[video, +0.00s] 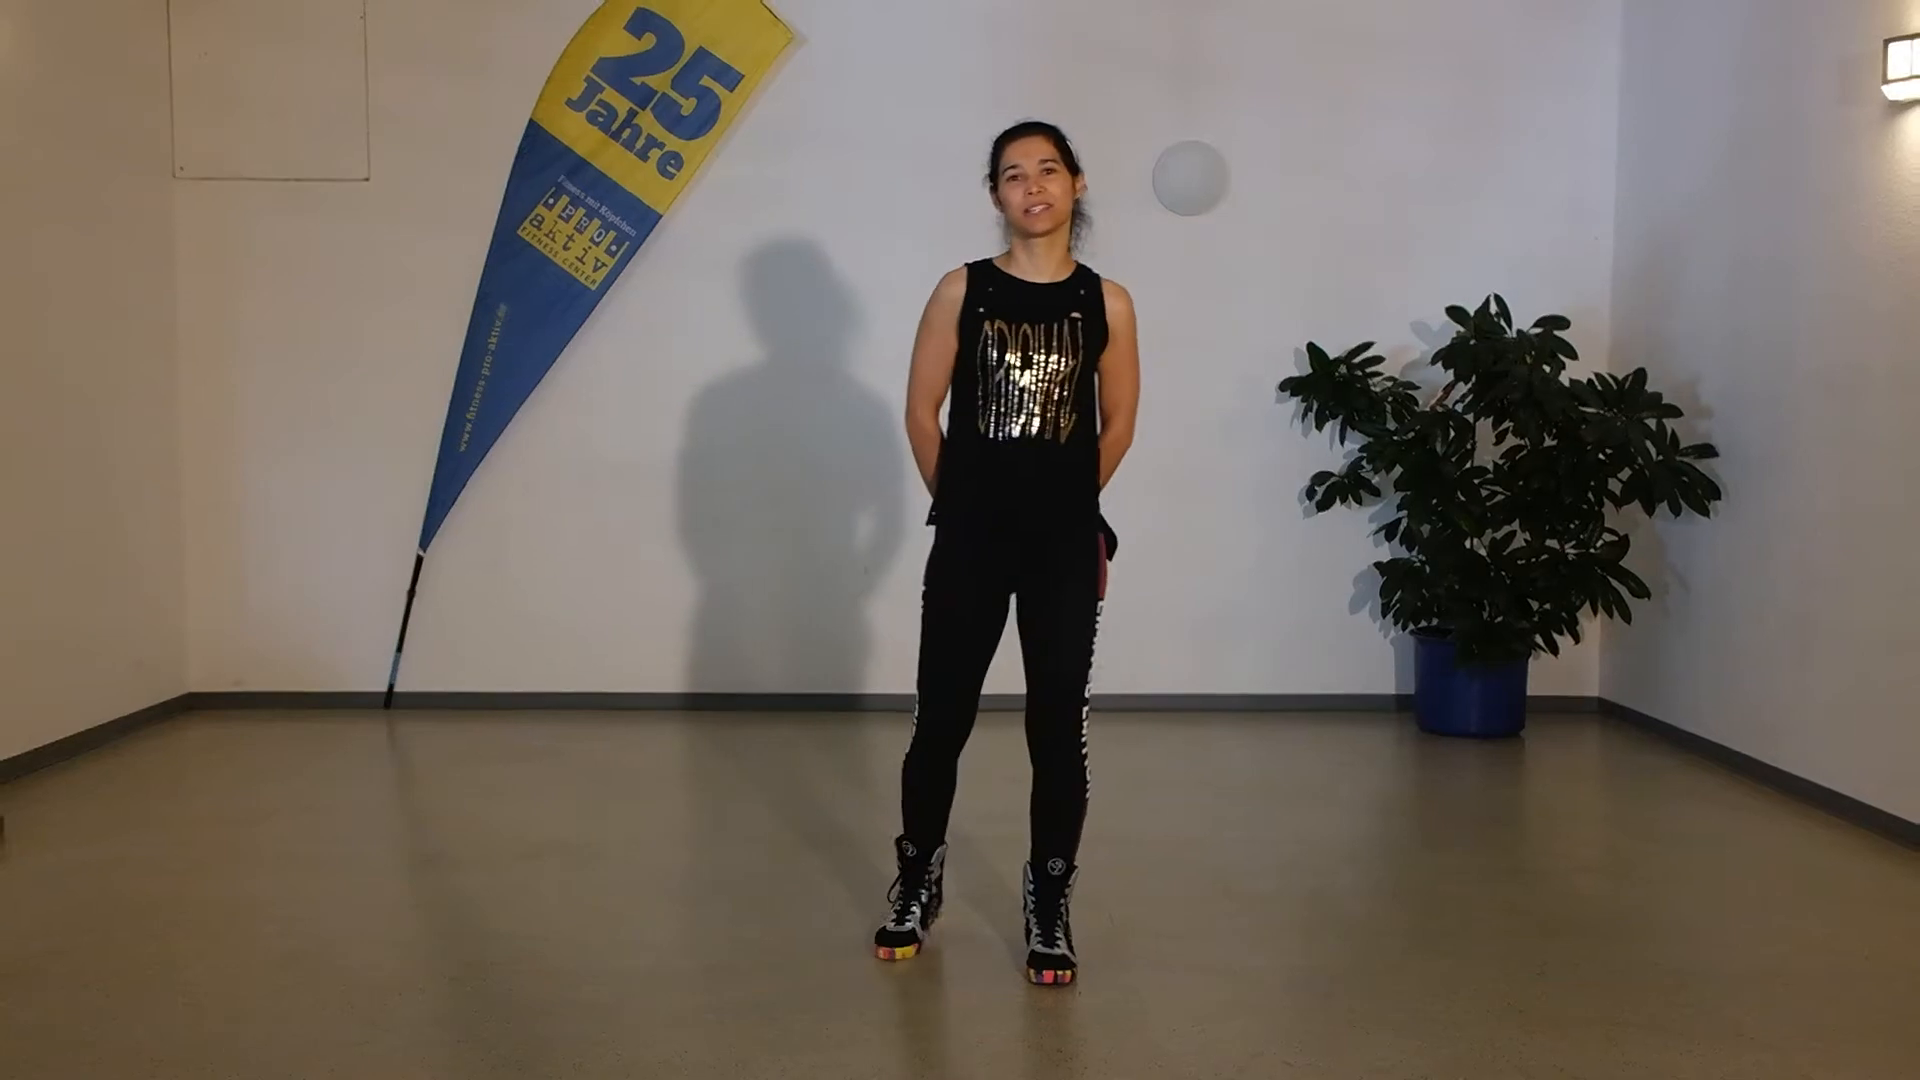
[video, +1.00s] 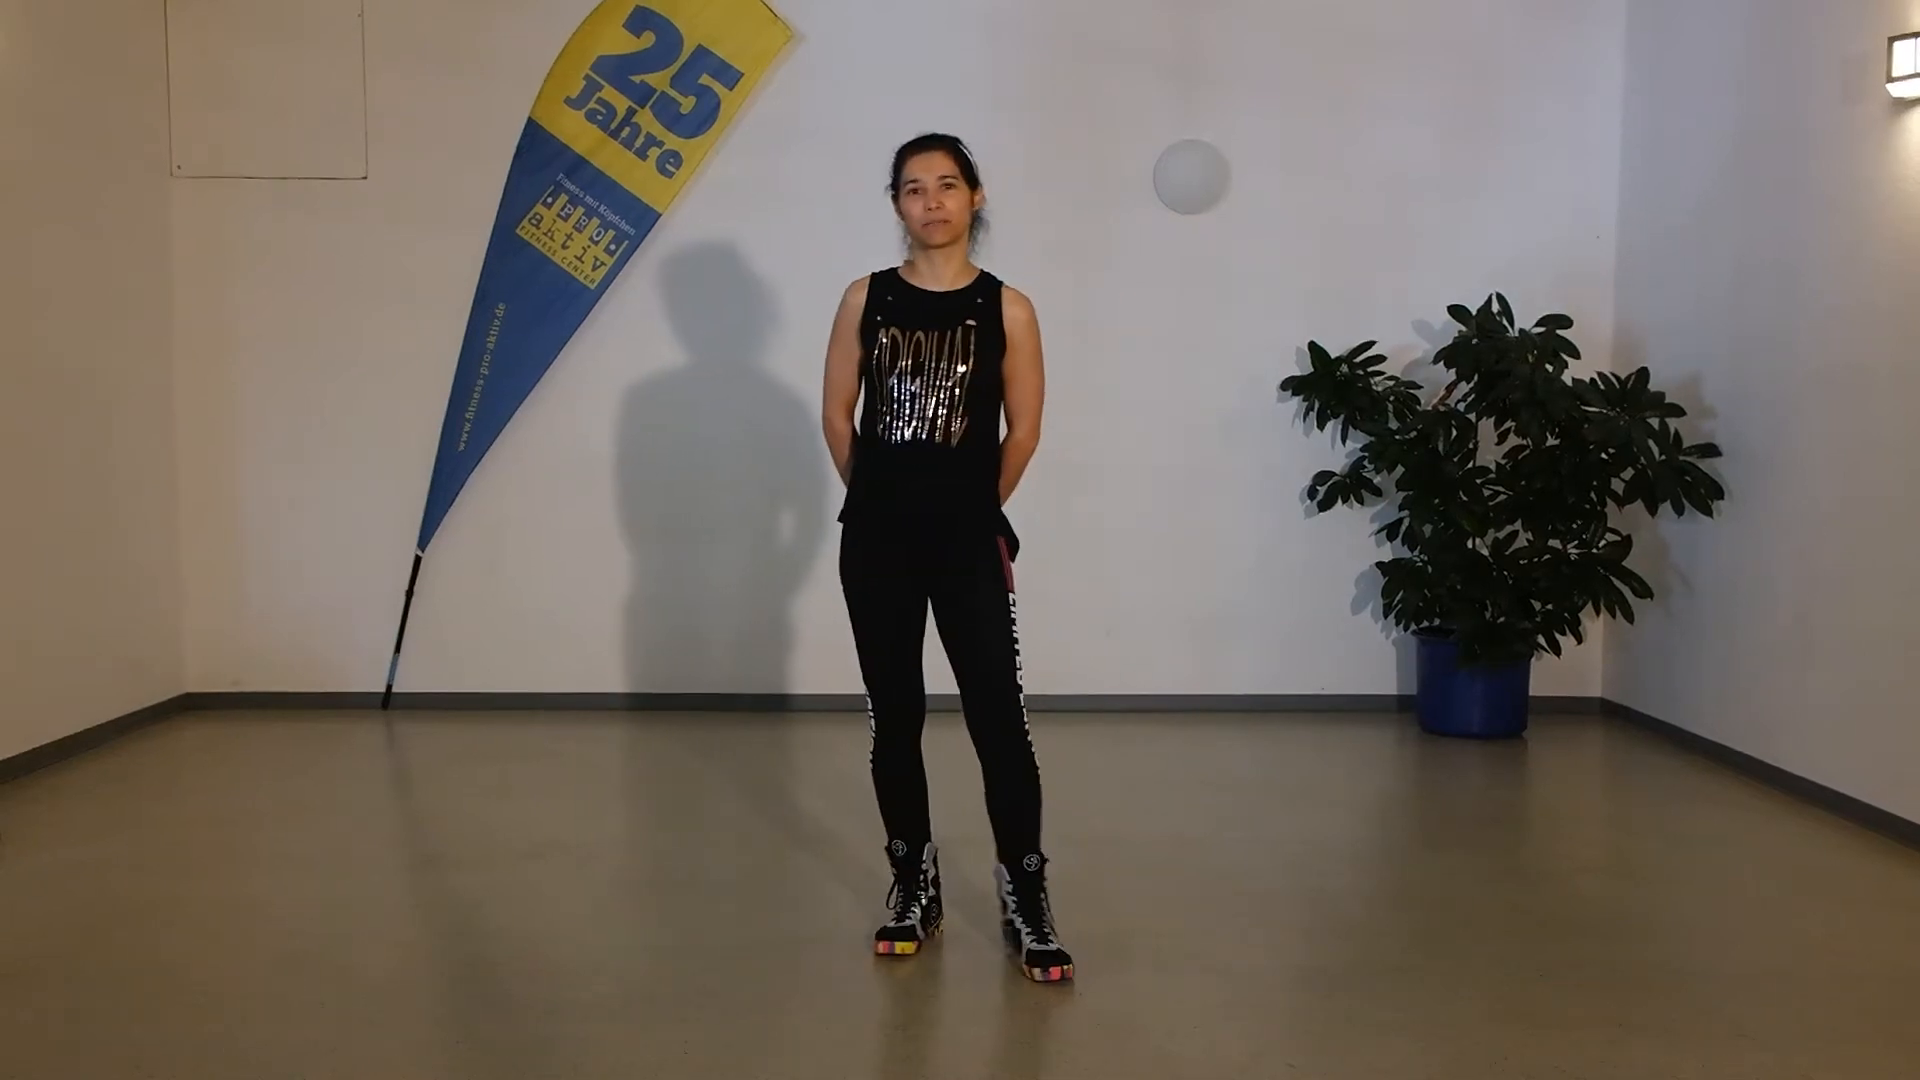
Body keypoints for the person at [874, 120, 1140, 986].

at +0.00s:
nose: (1030, 186)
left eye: (1045, 172)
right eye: (1013, 176)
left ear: (1075, 187)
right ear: (996, 198)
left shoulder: (1107, 302)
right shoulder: (961, 291)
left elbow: (1120, 423)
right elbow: (921, 412)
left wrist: (1074, 501)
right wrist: (953, 501)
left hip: (1063, 533)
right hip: (971, 527)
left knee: (1056, 725)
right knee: (941, 717)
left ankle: (1049, 908)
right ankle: (916, 881)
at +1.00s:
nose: (929, 199)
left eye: (945, 185)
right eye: (913, 189)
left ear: (974, 200)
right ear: (896, 207)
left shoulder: (1007, 308)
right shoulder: (866, 298)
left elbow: (1025, 428)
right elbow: (836, 420)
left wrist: (978, 509)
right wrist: (871, 498)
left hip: (969, 536)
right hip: (877, 534)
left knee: (999, 721)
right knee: (895, 719)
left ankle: (1027, 902)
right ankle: (911, 888)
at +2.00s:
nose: (912, 200)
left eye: (926, 185)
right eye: (894, 190)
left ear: (952, 198)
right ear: (874, 209)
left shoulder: (992, 304)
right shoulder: (846, 307)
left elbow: (1018, 424)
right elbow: (823, 432)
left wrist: (980, 507)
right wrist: (863, 511)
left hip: (971, 536)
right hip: (880, 540)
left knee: (1007, 723)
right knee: (899, 723)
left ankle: (1014, 898)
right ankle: (913, 886)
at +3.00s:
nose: (925, 194)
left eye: (940, 184)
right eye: (909, 184)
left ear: (963, 204)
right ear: (885, 204)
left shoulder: (996, 299)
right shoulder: (852, 299)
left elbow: (1014, 421)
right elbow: (829, 423)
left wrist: (974, 499)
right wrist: (867, 505)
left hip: (969, 536)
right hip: (880, 538)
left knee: (999, 719)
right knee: (897, 720)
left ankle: (999, 903)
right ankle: (913, 886)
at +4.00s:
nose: (948, 214)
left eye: (967, 203)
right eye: (936, 198)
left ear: (992, 222)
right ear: (916, 209)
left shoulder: (1002, 323)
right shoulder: (862, 295)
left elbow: (1006, 443)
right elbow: (820, 412)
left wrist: (953, 517)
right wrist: (843, 500)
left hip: (947, 541)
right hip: (856, 536)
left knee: (980, 716)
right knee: (883, 718)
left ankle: (993, 900)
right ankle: (911, 888)